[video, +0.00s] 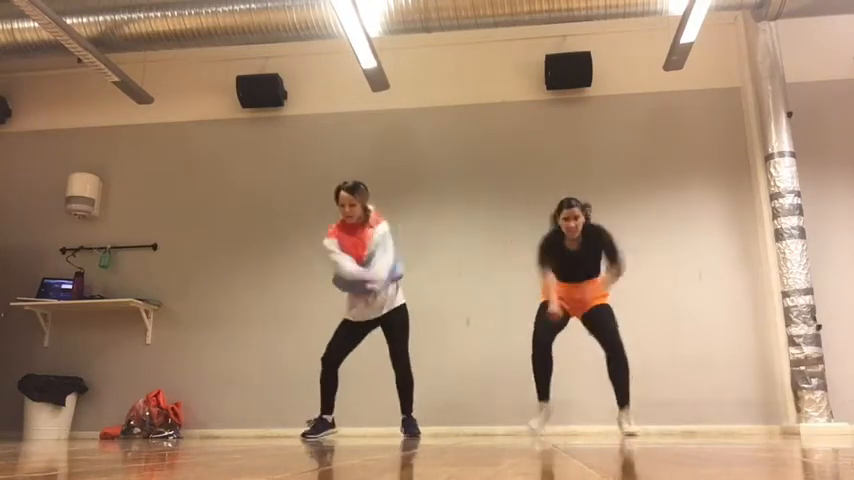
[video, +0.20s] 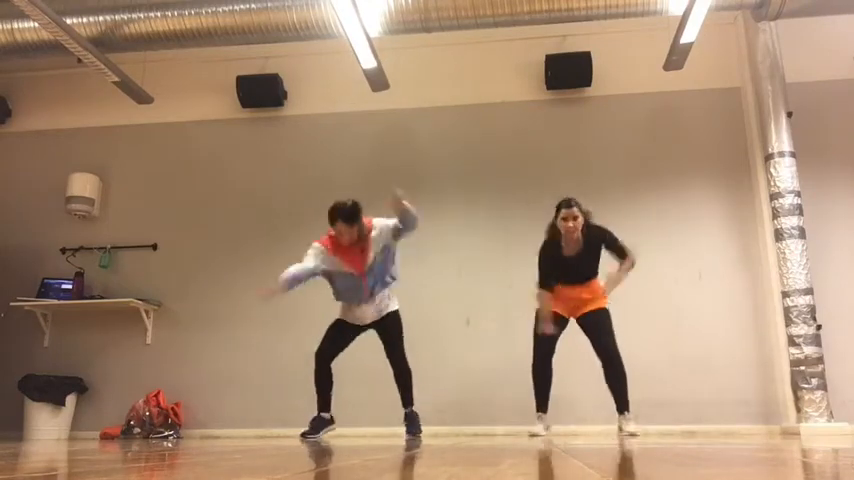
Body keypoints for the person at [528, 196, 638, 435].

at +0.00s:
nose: (571, 224)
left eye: (576, 218)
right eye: (566, 219)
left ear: (584, 218)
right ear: (558, 220)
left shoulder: (598, 235)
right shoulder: (549, 242)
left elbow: (617, 266)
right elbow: (546, 275)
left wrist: (600, 287)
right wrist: (552, 302)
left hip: (592, 299)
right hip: (559, 299)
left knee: (614, 346)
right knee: (540, 343)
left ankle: (624, 413)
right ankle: (543, 407)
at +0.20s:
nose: (570, 223)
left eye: (575, 218)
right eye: (565, 219)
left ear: (583, 219)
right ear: (557, 222)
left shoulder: (596, 234)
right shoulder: (549, 247)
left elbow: (628, 259)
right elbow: (544, 288)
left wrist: (610, 285)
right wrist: (545, 319)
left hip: (590, 299)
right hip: (556, 301)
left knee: (609, 353)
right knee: (541, 354)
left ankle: (625, 416)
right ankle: (541, 418)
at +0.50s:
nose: (561, 266)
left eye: (565, 260)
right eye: (557, 260)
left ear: (578, 255)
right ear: (552, 255)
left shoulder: (589, 278)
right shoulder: (557, 254)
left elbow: (585, 326)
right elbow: (569, 223)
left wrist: (577, 364)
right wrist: (568, 193)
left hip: (589, 317)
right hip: (557, 314)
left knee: (626, 357)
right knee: (534, 354)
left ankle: (638, 419)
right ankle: (536, 418)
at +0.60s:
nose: (553, 279)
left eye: (558, 273)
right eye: (550, 273)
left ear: (572, 271)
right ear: (548, 270)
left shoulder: (586, 292)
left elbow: (581, 338)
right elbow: (569, 233)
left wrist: (571, 372)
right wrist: (561, 198)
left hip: (590, 327)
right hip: (558, 326)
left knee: (628, 361)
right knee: (534, 359)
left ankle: (641, 421)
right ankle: (537, 420)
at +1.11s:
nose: (566, 174)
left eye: (570, 170)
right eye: (561, 170)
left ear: (574, 177)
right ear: (552, 175)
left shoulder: (574, 203)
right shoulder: (545, 194)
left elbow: (581, 231)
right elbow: (533, 174)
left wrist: (606, 231)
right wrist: (562, 156)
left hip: (579, 260)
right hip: (556, 268)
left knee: (612, 256)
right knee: (558, 340)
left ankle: (616, 305)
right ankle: (552, 408)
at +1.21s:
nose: (572, 165)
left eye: (575, 162)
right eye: (566, 162)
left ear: (582, 166)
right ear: (557, 167)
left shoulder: (587, 195)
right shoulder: (551, 180)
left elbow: (591, 234)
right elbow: (529, 181)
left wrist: (599, 216)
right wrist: (538, 178)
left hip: (580, 248)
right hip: (551, 249)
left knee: (621, 267)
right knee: (555, 311)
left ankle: (601, 328)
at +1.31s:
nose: (572, 174)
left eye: (575, 169)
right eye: (567, 170)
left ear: (583, 171)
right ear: (559, 174)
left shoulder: (589, 197)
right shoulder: (549, 191)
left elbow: (610, 222)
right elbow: (530, 217)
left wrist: (598, 202)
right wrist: (512, 218)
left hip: (582, 253)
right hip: (553, 245)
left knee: (608, 305)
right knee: (548, 265)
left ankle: (596, 373)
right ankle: (539, 307)